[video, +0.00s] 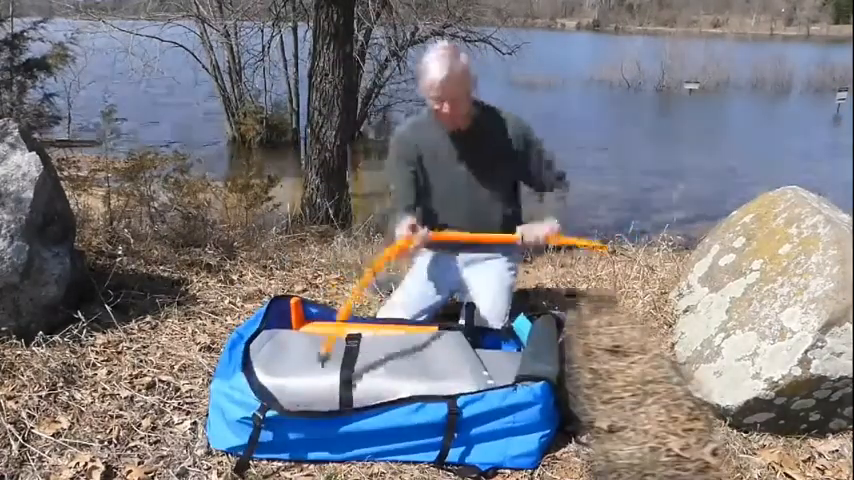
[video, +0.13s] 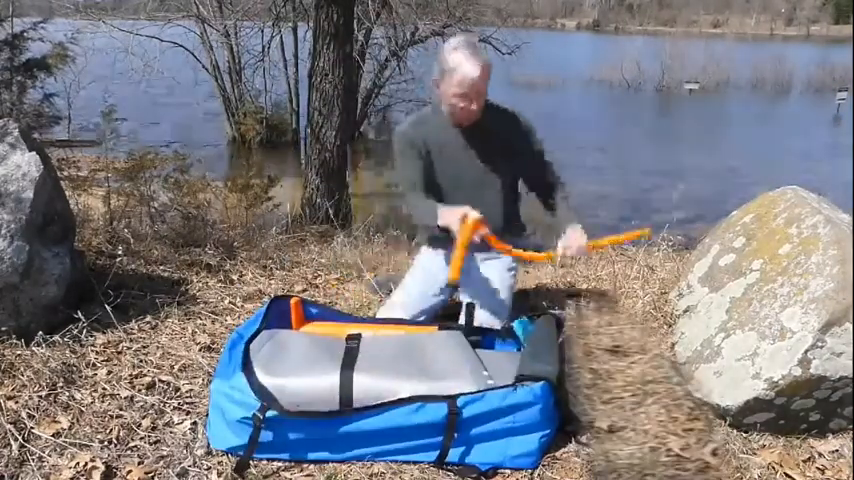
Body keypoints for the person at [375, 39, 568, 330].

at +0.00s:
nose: (445, 110)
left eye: (453, 100)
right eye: (437, 101)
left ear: (472, 89)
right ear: (425, 95)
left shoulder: (507, 131)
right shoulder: (410, 137)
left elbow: (554, 185)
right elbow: (402, 209)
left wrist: (548, 222)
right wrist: (407, 229)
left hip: (492, 259)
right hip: (435, 257)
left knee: (487, 336)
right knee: (387, 330)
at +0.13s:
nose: (474, 107)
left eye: (480, 97)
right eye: (463, 98)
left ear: (487, 88)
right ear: (438, 87)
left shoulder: (508, 127)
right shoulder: (413, 134)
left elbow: (546, 184)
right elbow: (412, 199)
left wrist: (570, 228)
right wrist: (444, 215)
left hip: (495, 254)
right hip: (438, 252)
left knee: (485, 336)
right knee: (388, 326)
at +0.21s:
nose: (478, 113)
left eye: (483, 102)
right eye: (466, 104)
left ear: (489, 91)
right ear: (438, 91)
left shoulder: (509, 130)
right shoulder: (414, 135)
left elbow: (546, 189)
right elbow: (414, 219)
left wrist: (579, 237)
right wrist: (465, 231)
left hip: (494, 258)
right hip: (437, 257)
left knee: (484, 344)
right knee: (385, 331)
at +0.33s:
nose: (455, 137)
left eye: (465, 128)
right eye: (448, 127)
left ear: (485, 111)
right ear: (434, 111)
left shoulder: (515, 146)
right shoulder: (413, 143)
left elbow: (565, 209)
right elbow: (372, 215)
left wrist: (597, 279)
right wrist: (368, 288)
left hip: (493, 262)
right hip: (435, 259)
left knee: (486, 340)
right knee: (392, 332)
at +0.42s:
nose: (443, 140)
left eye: (452, 132)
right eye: (435, 131)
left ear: (479, 114)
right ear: (424, 114)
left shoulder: (516, 145)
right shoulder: (411, 144)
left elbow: (545, 216)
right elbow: (370, 220)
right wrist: (370, 297)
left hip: (493, 260)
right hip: (434, 260)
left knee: (484, 336)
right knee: (389, 335)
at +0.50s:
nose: (435, 131)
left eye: (442, 122)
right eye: (427, 121)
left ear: (468, 108)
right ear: (420, 111)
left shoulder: (513, 142)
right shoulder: (410, 142)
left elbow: (527, 218)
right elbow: (364, 216)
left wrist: (509, 267)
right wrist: (376, 266)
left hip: (489, 264)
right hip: (433, 262)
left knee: (481, 331)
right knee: (393, 320)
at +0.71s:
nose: (452, 87)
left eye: (461, 77)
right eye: (442, 78)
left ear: (477, 75)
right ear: (428, 81)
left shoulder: (509, 128)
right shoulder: (413, 129)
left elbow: (523, 199)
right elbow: (397, 203)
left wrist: (501, 225)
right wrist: (425, 210)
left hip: (490, 258)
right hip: (433, 257)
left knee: (482, 326)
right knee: (386, 329)